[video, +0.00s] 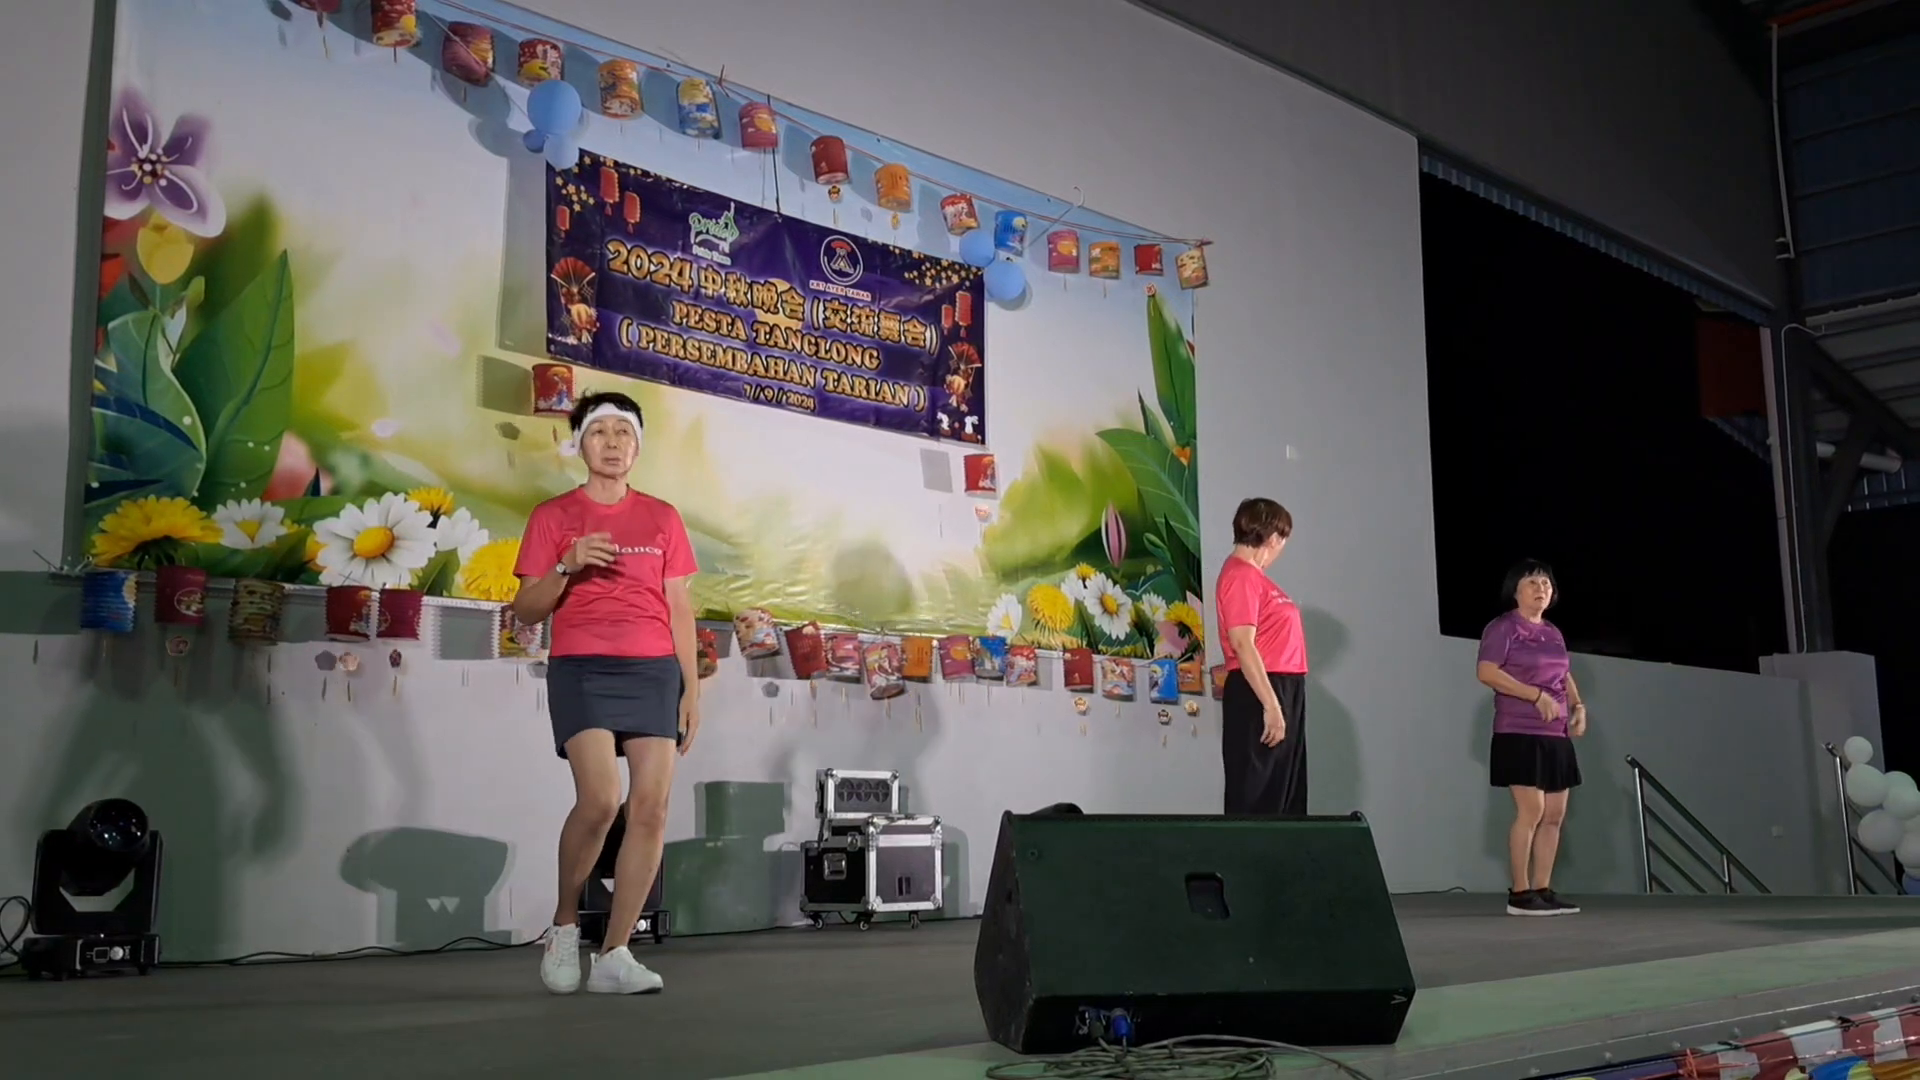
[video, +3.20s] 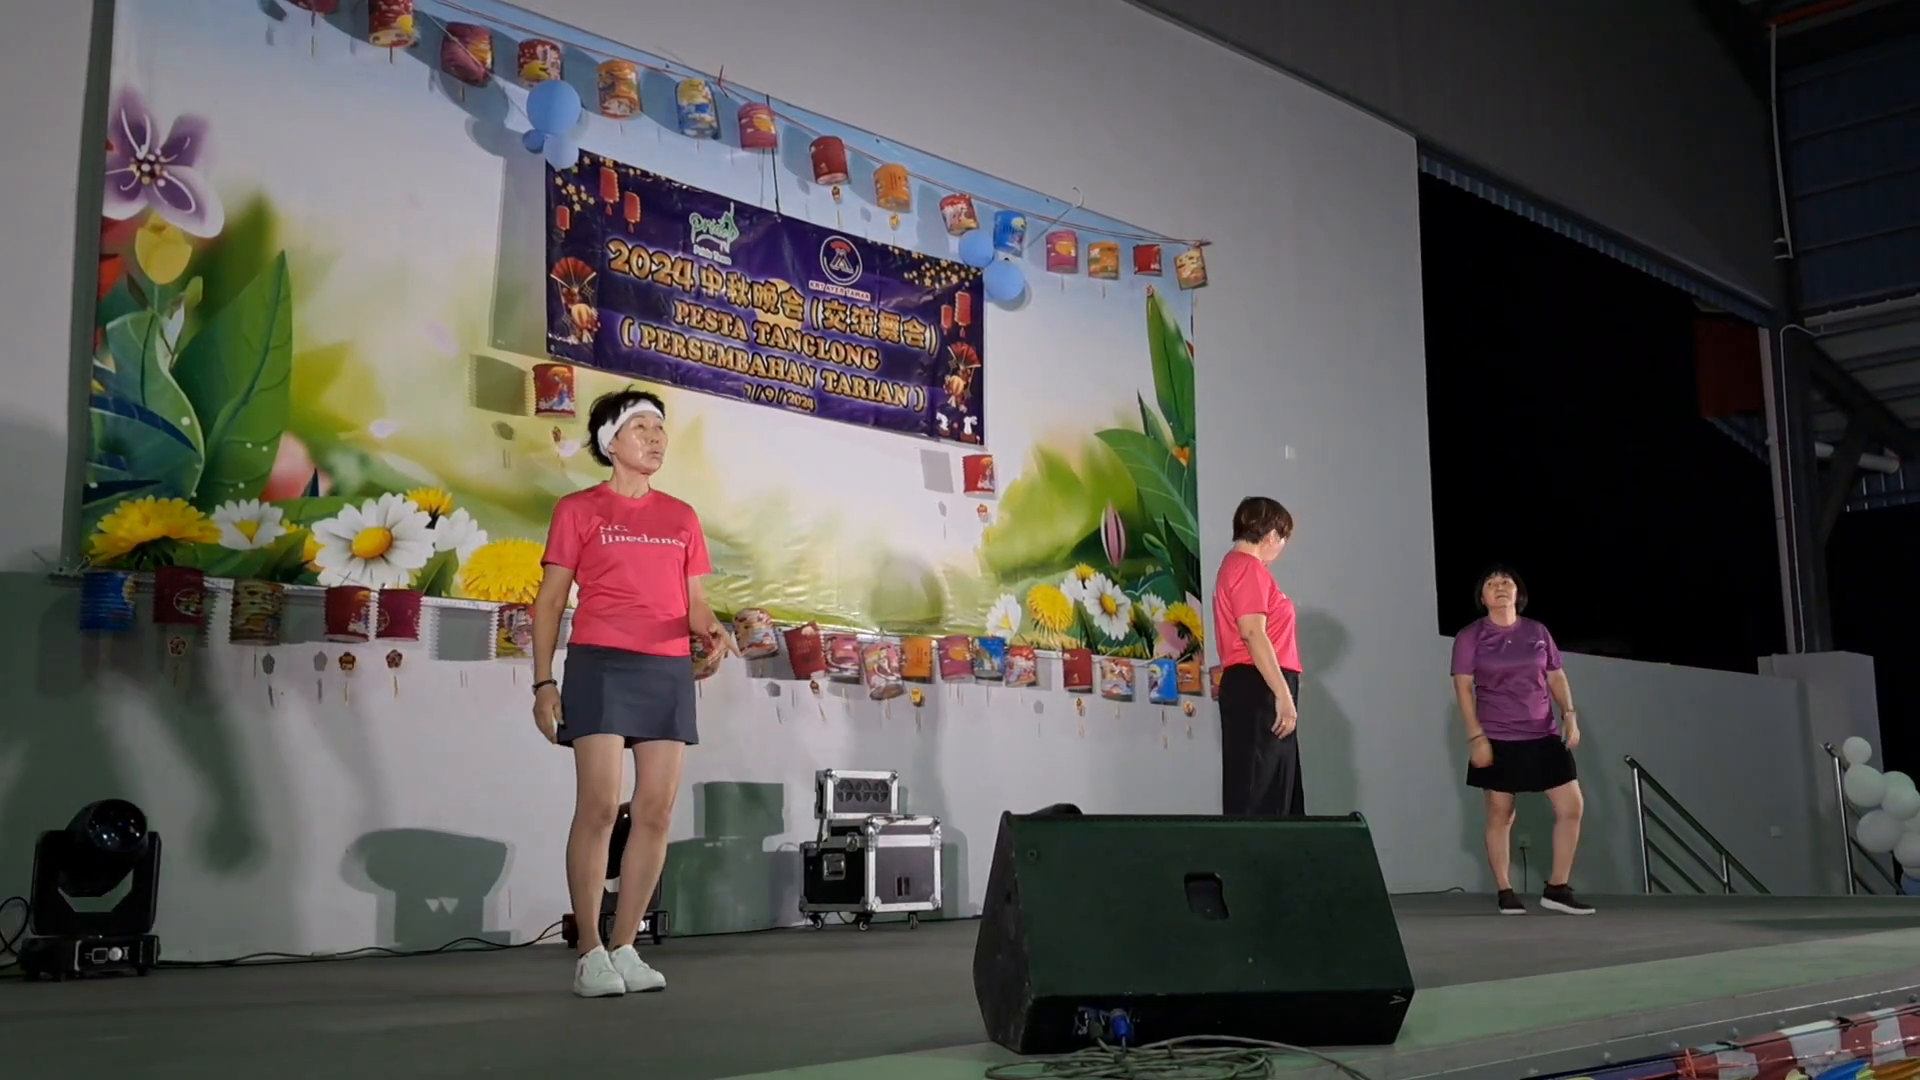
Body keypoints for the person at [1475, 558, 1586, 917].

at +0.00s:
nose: (1541, 588)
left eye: (1545, 583)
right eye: (1532, 583)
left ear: (1551, 592)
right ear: (1516, 591)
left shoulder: (1554, 633)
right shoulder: (1502, 628)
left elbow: (1564, 676)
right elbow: (1486, 672)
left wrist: (1577, 706)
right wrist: (1537, 695)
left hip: (1556, 736)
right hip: (1518, 735)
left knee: (1554, 815)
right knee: (1530, 811)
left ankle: (1542, 890)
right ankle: (1519, 893)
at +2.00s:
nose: (1552, 587)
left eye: (1557, 582)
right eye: (1544, 582)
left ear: (1563, 591)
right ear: (1528, 590)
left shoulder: (1566, 632)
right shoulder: (1520, 629)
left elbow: (1583, 680)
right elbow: (1520, 682)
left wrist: (1605, 722)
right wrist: (1549, 728)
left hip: (1575, 736)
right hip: (1540, 736)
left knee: (1576, 814)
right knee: (1558, 811)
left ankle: (1559, 891)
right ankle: (1541, 892)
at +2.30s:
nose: (1548, 592)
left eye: (1553, 587)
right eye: (1540, 586)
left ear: (1560, 594)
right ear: (1525, 593)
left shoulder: (1573, 635)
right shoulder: (1508, 631)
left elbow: (1600, 675)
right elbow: (1493, 675)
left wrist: (1635, 701)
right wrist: (1507, 714)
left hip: (1565, 738)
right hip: (1523, 736)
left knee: (1574, 812)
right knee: (1535, 811)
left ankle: (1558, 891)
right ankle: (1520, 886)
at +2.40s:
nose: (1539, 593)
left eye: (1544, 587)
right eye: (1531, 586)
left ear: (1551, 592)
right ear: (1514, 591)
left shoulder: (1563, 630)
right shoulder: (1495, 629)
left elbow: (1591, 670)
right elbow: (1474, 671)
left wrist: (1629, 673)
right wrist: (1466, 706)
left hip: (1560, 734)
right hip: (1515, 734)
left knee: (1578, 807)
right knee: (1520, 812)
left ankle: (1560, 888)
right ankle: (1508, 886)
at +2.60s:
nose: (1523, 599)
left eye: (1528, 593)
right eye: (1515, 593)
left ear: (1534, 598)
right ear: (1498, 597)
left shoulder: (1545, 634)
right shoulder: (1477, 636)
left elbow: (1571, 676)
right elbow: (1446, 678)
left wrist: (1599, 661)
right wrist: (1411, 714)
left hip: (1545, 738)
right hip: (1496, 740)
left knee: (1584, 803)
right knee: (1501, 811)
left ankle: (1596, 886)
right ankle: (1505, 891)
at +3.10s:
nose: (1497, 586)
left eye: (1503, 581)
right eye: (1489, 583)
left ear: (1514, 591)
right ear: (1479, 595)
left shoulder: (1536, 631)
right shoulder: (1465, 637)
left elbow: (1557, 674)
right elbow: (1452, 689)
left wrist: (1570, 696)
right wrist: (1442, 738)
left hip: (1540, 736)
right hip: (1491, 739)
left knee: (1574, 804)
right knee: (1498, 813)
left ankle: (1574, 886)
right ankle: (1505, 891)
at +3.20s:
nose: (1501, 586)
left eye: (1507, 582)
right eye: (1493, 583)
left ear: (1518, 592)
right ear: (1482, 595)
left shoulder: (1538, 632)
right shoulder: (1470, 636)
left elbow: (1556, 676)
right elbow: (1463, 689)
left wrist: (1569, 715)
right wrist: (1476, 737)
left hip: (1543, 740)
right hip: (1497, 742)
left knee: (1571, 807)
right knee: (1501, 814)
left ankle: (1557, 887)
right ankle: (1505, 891)